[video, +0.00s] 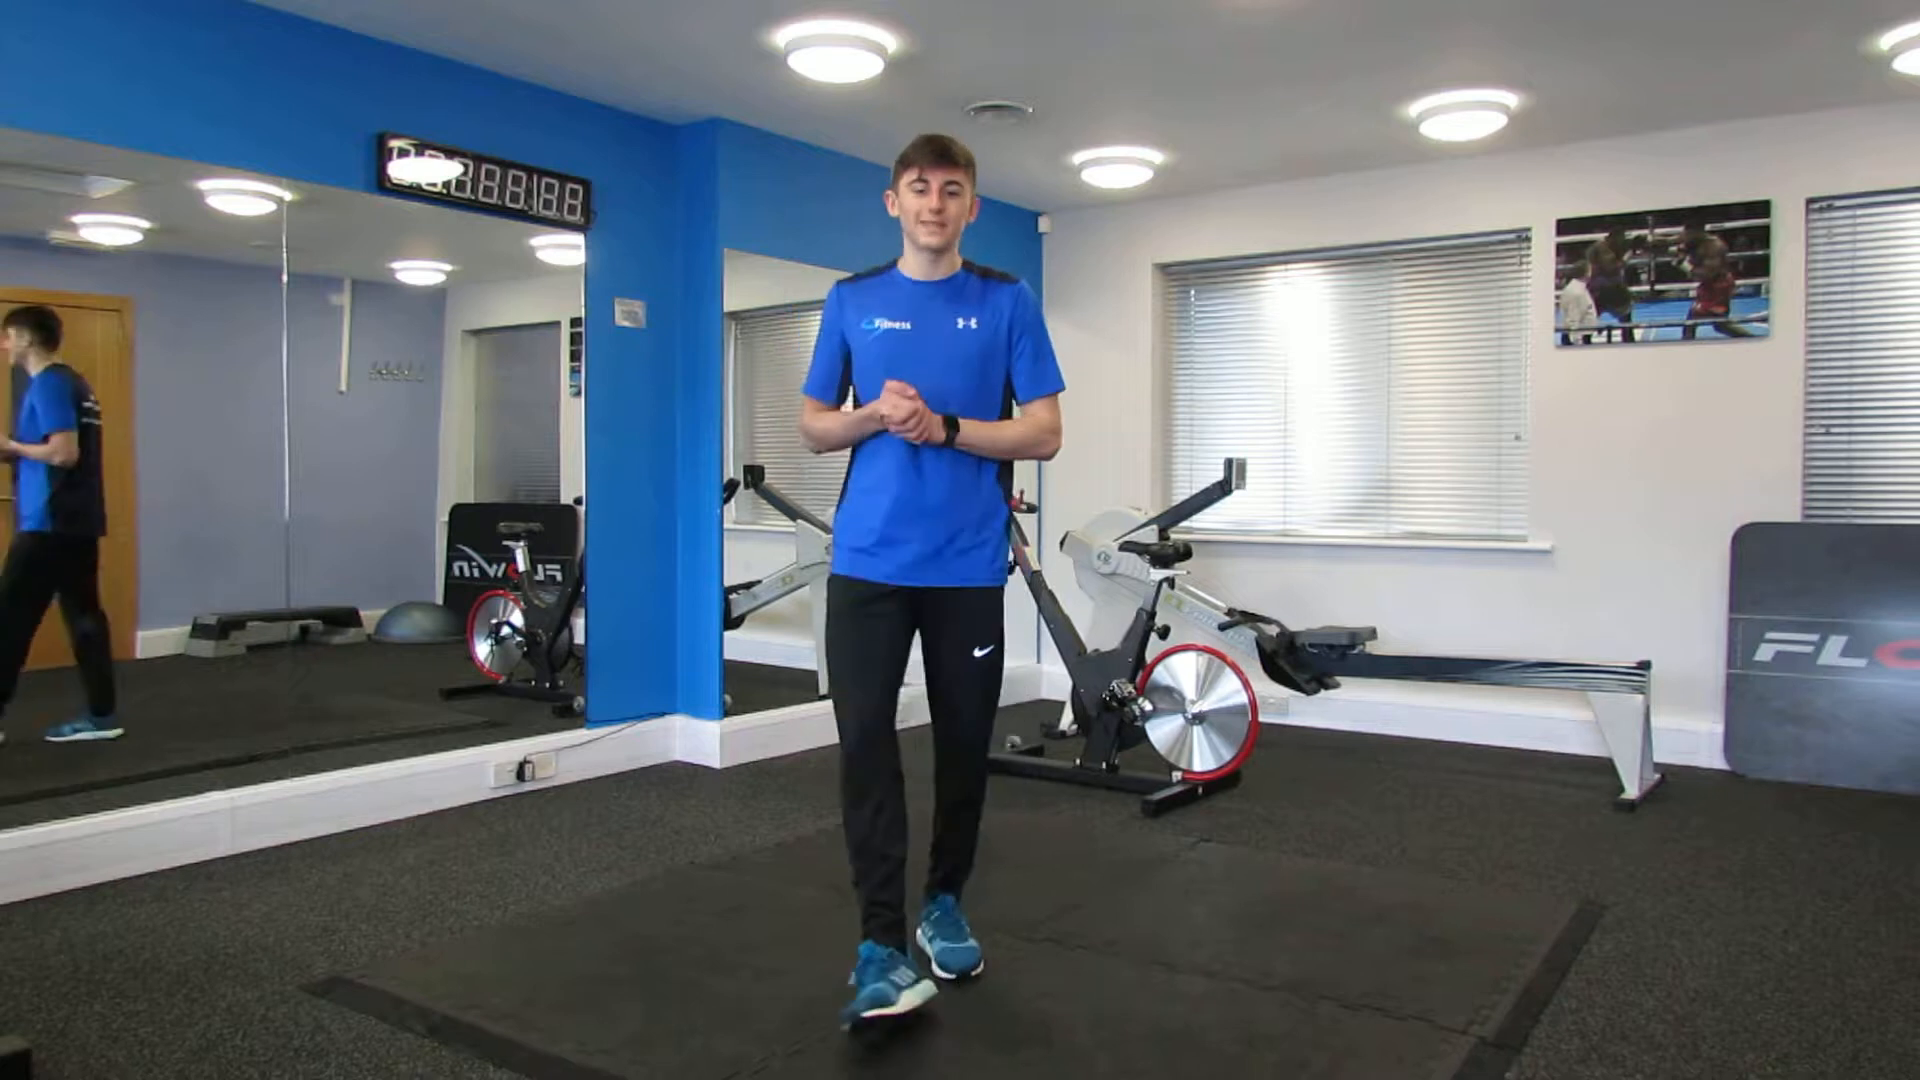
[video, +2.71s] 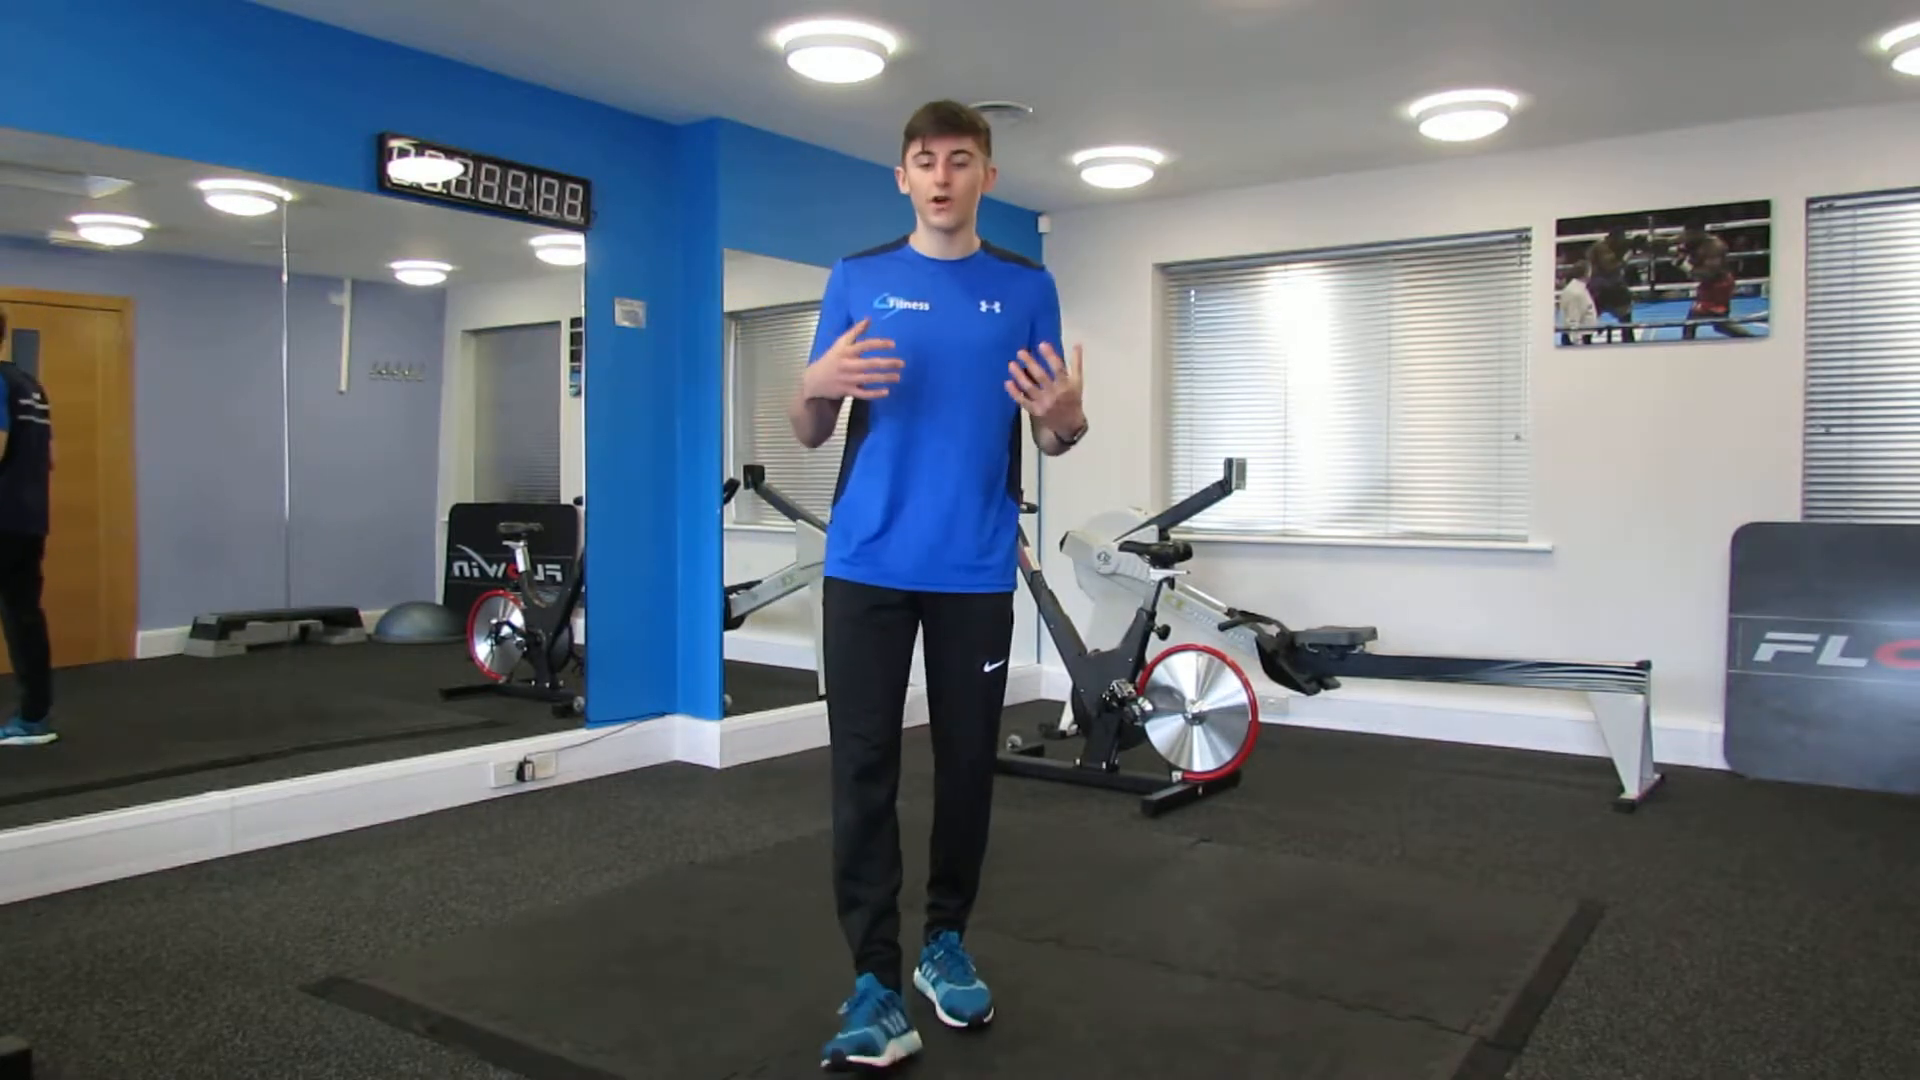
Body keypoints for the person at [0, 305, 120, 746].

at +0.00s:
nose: (5, 347)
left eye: (9, 338)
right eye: (6, 339)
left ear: (27, 340)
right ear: (45, 341)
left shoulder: (48, 384)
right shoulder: (70, 382)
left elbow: (65, 451)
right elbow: (66, 449)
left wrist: (13, 447)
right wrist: (21, 451)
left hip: (46, 529)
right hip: (76, 528)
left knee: (12, 623)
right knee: (85, 616)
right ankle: (102, 714)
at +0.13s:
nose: (17, 345)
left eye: (21, 336)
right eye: (18, 336)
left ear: (40, 337)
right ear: (57, 339)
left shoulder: (61, 381)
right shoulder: (87, 380)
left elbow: (77, 449)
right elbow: (76, 450)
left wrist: (28, 446)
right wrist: (30, 453)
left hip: (57, 523)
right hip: (90, 523)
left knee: (16, 611)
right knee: (89, 613)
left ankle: (27, 715)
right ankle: (103, 714)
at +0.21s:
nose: (25, 345)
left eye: (29, 335)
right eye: (26, 336)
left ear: (50, 336)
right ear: (68, 338)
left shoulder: (68, 380)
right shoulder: (97, 381)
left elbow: (81, 449)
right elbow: (85, 451)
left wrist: (35, 446)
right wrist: (36, 450)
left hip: (63, 523)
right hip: (95, 524)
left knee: (20, 609)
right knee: (91, 613)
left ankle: (65, 708)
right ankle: (104, 714)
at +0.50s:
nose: (40, 338)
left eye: (45, 329)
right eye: (41, 330)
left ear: (65, 333)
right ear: (85, 334)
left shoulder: (78, 379)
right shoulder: (111, 380)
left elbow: (79, 452)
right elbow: (91, 449)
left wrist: (40, 439)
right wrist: (41, 443)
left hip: (83, 523)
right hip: (103, 521)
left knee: (90, 616)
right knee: (93, 615)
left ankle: (121, 718)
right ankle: (101, 713)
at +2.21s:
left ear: (15, 335)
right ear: (41, 336)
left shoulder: (26, 379)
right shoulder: (72, 383)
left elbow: (23, 449)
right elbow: (64, 453)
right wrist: (18, 445)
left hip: (30, 525)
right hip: (63, 524)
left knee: (23, 617)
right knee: (39, 620)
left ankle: (99, 700)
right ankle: (35, 719)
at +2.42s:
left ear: (4, 337)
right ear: (31, 337)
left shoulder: (17, 378)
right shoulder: (58, 384)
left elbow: (12, 445)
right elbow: (54, 450)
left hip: (19, 519)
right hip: (52, 519)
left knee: (14, 610)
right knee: (33, 609)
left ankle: (39, 703)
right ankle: (43, 701)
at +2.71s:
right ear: (7, 335)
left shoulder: (7, 382)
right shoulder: (29, 384)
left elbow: (1, 448)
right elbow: (46, 457)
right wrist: (29, 499)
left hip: (10, 520)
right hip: (28, 519)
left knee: (20, 612)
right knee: (23, 611)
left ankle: (35, 716)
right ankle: (35, 715)